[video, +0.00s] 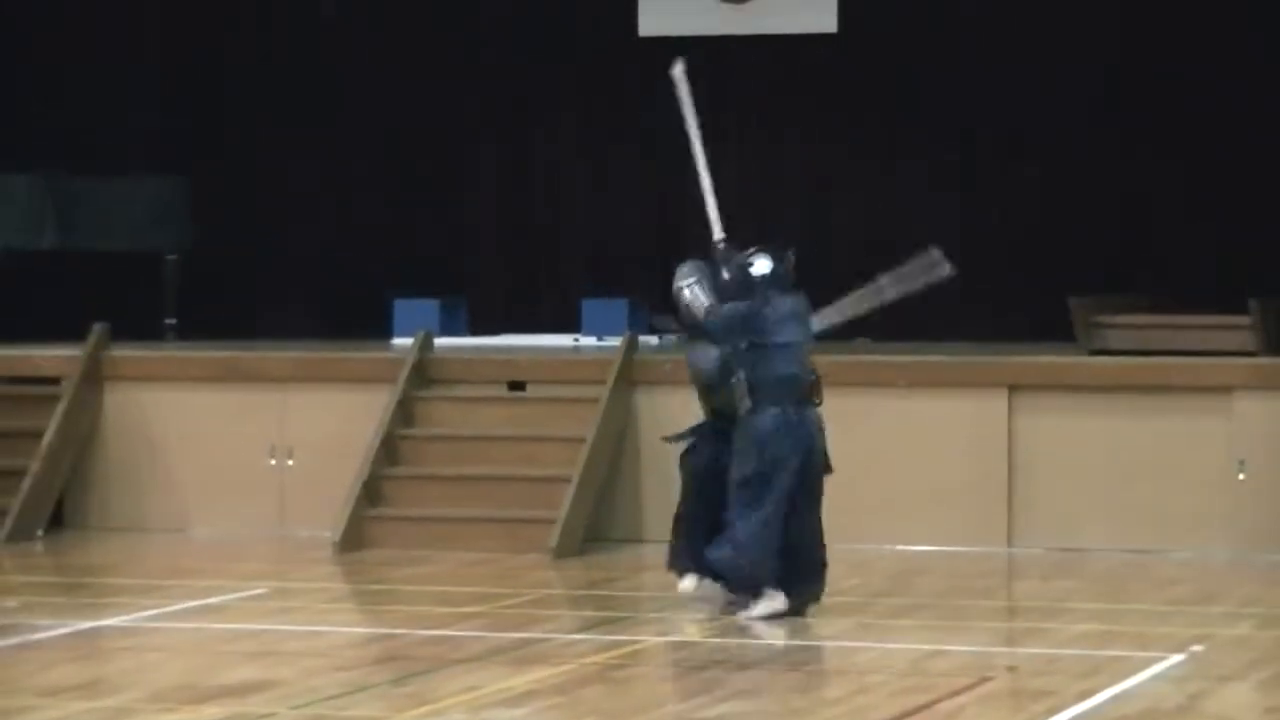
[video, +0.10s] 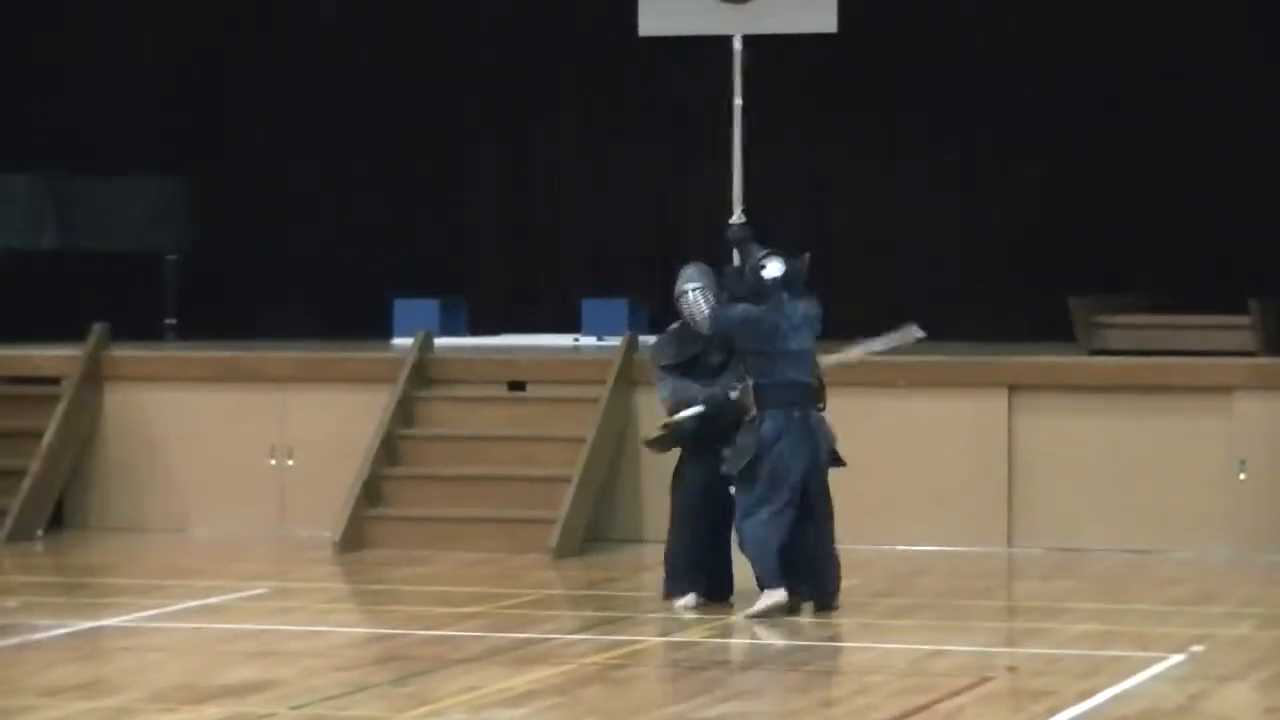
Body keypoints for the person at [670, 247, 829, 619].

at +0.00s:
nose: (742, 284)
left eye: (746, 277)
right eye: (741, 278)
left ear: (755, 280)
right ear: (783, 274)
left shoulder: (757, 312)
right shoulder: (798, 306)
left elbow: (709, 316)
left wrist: (689, 279)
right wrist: (734, 263)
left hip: (768, 415)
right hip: (804, 414)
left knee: (755, 500)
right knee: (799, 505)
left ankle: (771, 588)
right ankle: (802, 587)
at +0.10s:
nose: (697, 303)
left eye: (702, 293)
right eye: (688, 297)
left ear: (716, 293)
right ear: (680, 301)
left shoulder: (737, 333)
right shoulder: (670, 342)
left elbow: (748, 378)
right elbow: (669, 392)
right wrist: (720, 392)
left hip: (739, 431)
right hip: (698, 434)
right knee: (691, 504)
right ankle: (686, 587)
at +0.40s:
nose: (697, 278)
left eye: (699, 269)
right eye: (687, 271)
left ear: (703, 268)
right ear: (668, 273)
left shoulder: (709, 309)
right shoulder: (646, 317)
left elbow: (727, 350)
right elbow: (669, 370)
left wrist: (733, 366)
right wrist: (727, 371)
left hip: (702, 417)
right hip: (662, 421)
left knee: (718, 499)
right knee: (669, 504)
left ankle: (734, 581)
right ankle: (666, 592)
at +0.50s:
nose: (694, 274)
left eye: (694, 265)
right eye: (686, 265)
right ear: (664, 266)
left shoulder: (689, 305)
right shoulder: (637, 310)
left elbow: (718, 347)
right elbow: (680, 349)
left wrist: (748, 360)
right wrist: (720, 362)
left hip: (680, 411)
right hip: (646, 414)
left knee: (700, 491)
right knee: (661, 498)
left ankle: (711, 576)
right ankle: (658, 588)